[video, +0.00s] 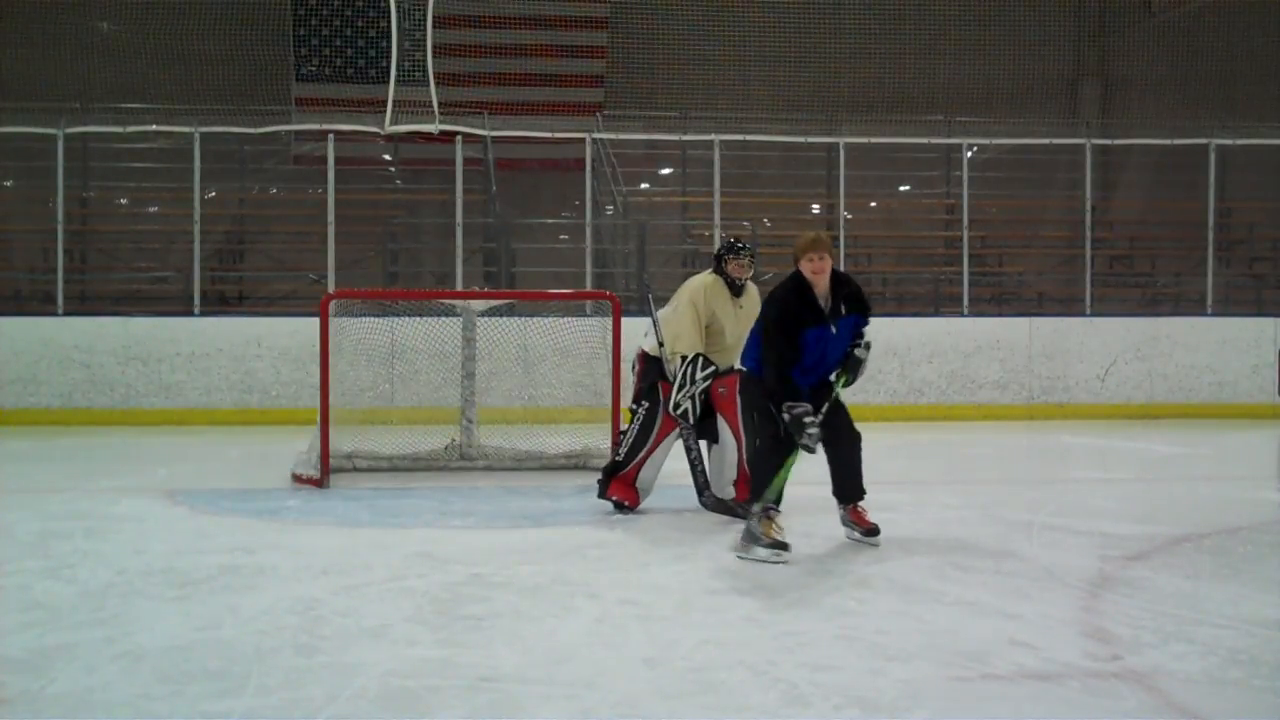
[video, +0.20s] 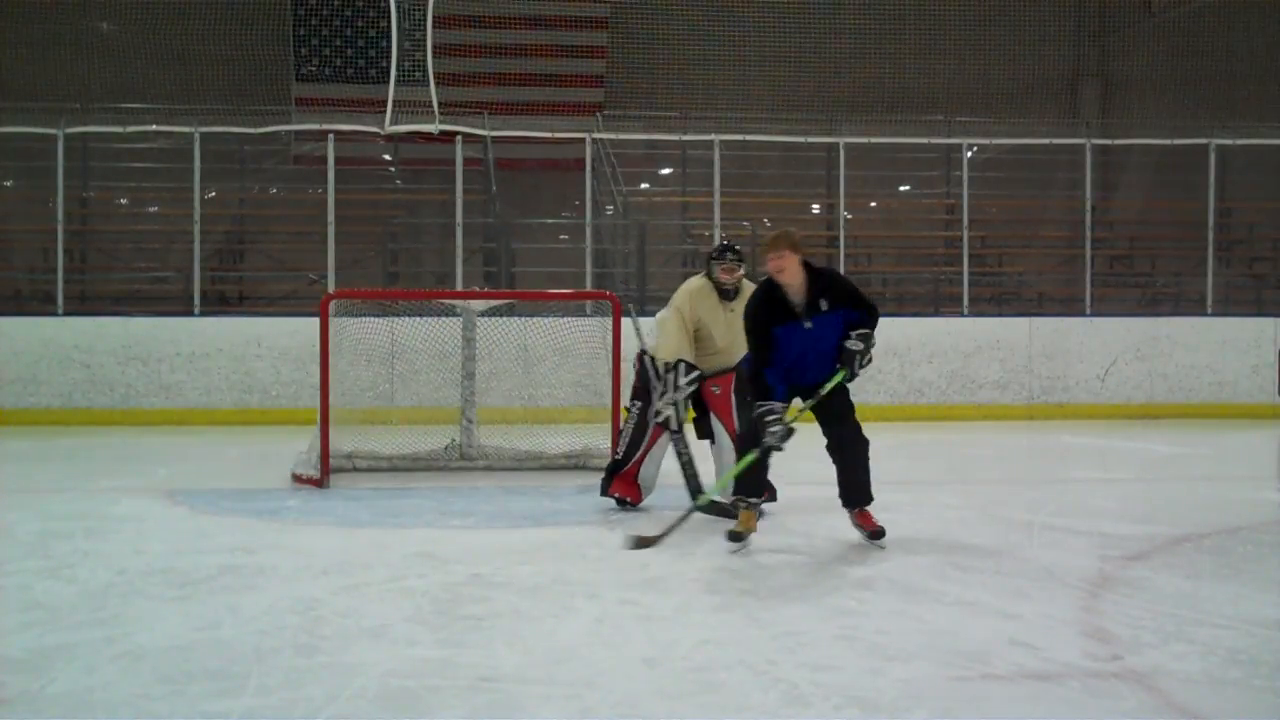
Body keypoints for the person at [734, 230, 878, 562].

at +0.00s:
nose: (818, 265)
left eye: (823, 258)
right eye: (810, 260)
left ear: (832, 260)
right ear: (798, 264)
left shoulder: (845, 289)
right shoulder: (783, 299)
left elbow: (858, 325)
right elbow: (776, 362)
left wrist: (856, 356)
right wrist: (793, 408)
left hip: (812, 380)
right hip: (765, 382)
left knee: (845, 436)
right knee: (773, 444)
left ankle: (851, 509)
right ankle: (760, 522)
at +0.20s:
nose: (774, 265)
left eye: (780, 258)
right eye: (769, 259)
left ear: (798, 256)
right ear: (765, 264)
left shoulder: (829, 283)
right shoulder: (760, 304)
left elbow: (866, 312)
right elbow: (761, 363)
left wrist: (858, 342)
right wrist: (768, 411)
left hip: (822, 374)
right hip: (772, 379)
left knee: (850, 440)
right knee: (752, 436)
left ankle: (859, 508)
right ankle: (747, 509)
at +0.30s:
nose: (748, 277)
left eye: (752, 268)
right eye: (742, 271)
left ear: (772, 265)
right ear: (740, 275)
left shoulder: (810, 290)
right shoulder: (742, 315)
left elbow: (864, 312)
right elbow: (741, 369)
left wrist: (851, 340)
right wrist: (743, 410)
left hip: (815, 380)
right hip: (765, 388)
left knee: (843, 443)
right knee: (733, 433)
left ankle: (862, 509)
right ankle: (737, 512)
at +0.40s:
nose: (713, 288)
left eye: (717, 279)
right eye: (709, 282)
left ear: (737, 274)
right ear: (707, 286)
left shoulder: (773, 296)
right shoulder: (717, 321)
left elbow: (833, 314)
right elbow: (719, 376)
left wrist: (816, 345)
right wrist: (716, 416)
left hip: (798, 385)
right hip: (747, 393)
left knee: (836, 446)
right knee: (709, 435)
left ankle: (854, 512)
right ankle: (722, 513)